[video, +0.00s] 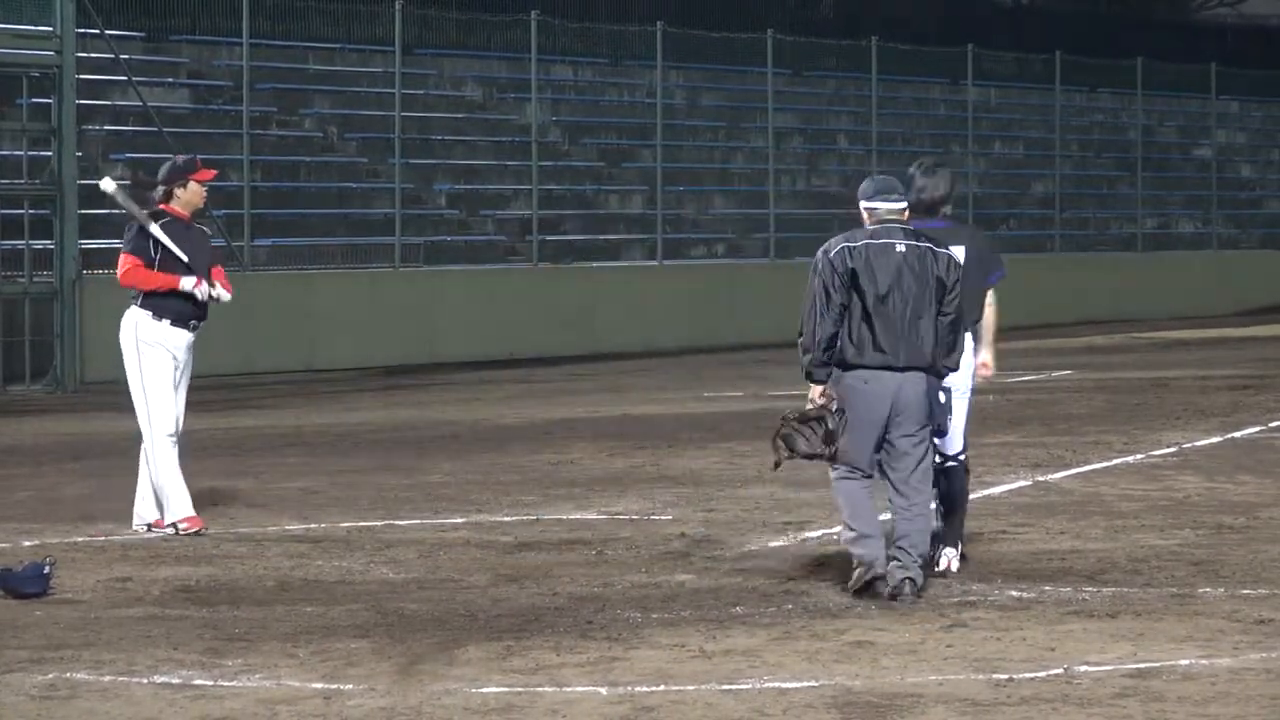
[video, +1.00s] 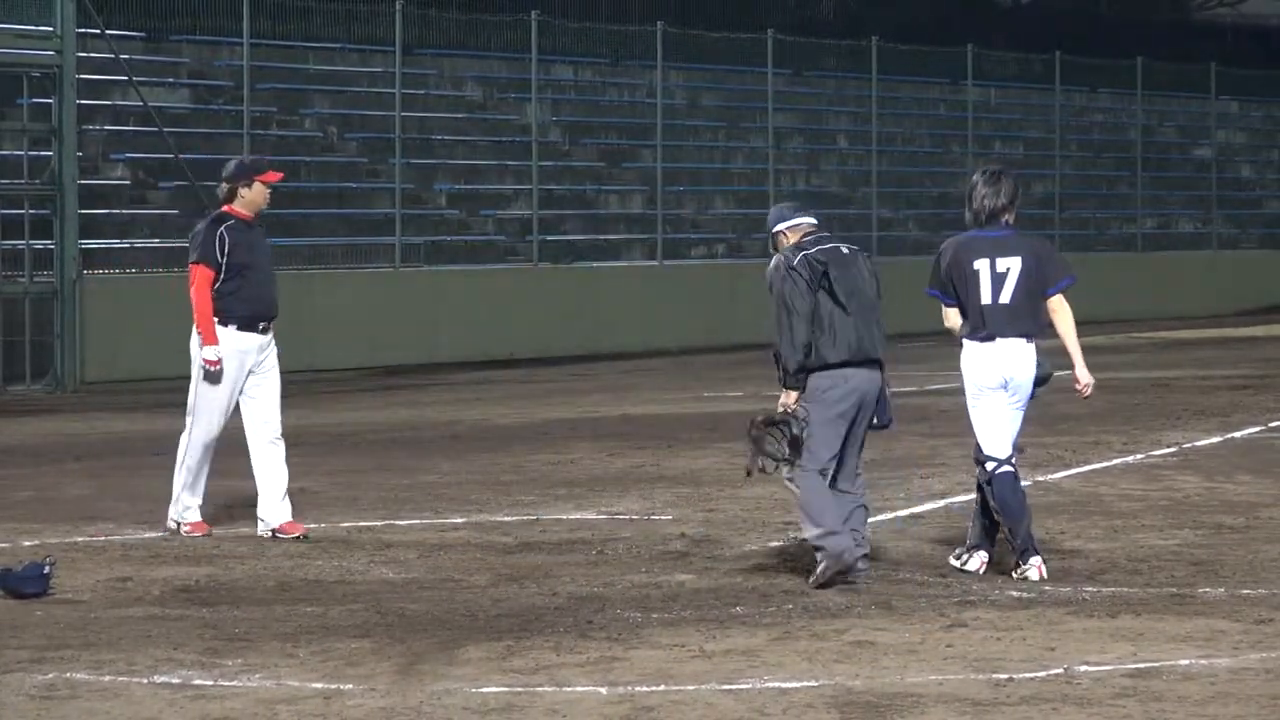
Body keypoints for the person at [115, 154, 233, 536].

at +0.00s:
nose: (206, 192)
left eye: (206, 186)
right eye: (200, 186)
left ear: (189, 190)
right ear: (177, 189)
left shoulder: (199, 233)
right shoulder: (146, 222)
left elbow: (215, 270)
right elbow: (127, 272)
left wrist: (220, 287)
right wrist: (183, 282)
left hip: (182, 335)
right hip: (147, 330)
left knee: (167, 427)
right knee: (159, 425)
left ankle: (147, 515)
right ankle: (181, 513)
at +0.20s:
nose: (211, 188)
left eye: (210, 182)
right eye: (204, 183)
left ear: (191, 188)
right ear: (182, 187)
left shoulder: (205, 231)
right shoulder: (157, 225)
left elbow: (216, 276)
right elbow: (136, 277)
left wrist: (233, 311)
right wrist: (174, 311)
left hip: (197, 331)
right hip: (160, 330)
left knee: (180, 425)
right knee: (170, 424)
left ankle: (149, 509)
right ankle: (180, 514)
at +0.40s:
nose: (216, 188)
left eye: (215, 182)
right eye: (210, 182)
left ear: (194, 188)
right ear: (188, 187)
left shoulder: (212, 228)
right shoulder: (163, 225)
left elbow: (217, 281)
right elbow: (145, 281)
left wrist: (231, 327)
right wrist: (176, 324)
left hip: (209, 337)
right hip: (173, 335)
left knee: (210, 422)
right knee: (172, 427)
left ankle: (163, 492)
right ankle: (179, 516)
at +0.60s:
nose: (228, 189)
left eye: (228, 183)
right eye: (222, 183)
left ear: (207, 187)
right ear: (201, 186)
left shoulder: (217, 227)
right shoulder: (173, 225)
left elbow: (217, 280)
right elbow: (159, 282)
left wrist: (228, 326)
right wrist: (178, 332)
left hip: (222, 337)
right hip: (185, 336)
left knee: (231, 423)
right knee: (179, 429)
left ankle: (216, 506)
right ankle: (180, 514)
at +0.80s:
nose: (246, 193)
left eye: (245, 187)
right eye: (240, 187)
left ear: (228, 189)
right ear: (219, 188)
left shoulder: (230, 230)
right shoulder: (191, 228)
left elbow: (229, 284)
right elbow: (177, 288)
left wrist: (241, 332)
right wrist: (184, 345)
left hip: (238, 339)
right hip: (200, 338)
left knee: (250, 429)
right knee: (186, 432)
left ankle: (268, 512)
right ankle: (181, 516)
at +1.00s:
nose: (270, 193)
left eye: (270, 187)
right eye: (265, 186)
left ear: (252, 189)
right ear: (242, 188)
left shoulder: (255, 230)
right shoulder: (214, 228)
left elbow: (252, 284)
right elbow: (200, 287)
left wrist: (264, 331)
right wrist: (209, 345)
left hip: (262, 342)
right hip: (225, 340)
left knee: (268, 434)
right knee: (203, 431)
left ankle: (275, 516)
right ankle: (184, 511)